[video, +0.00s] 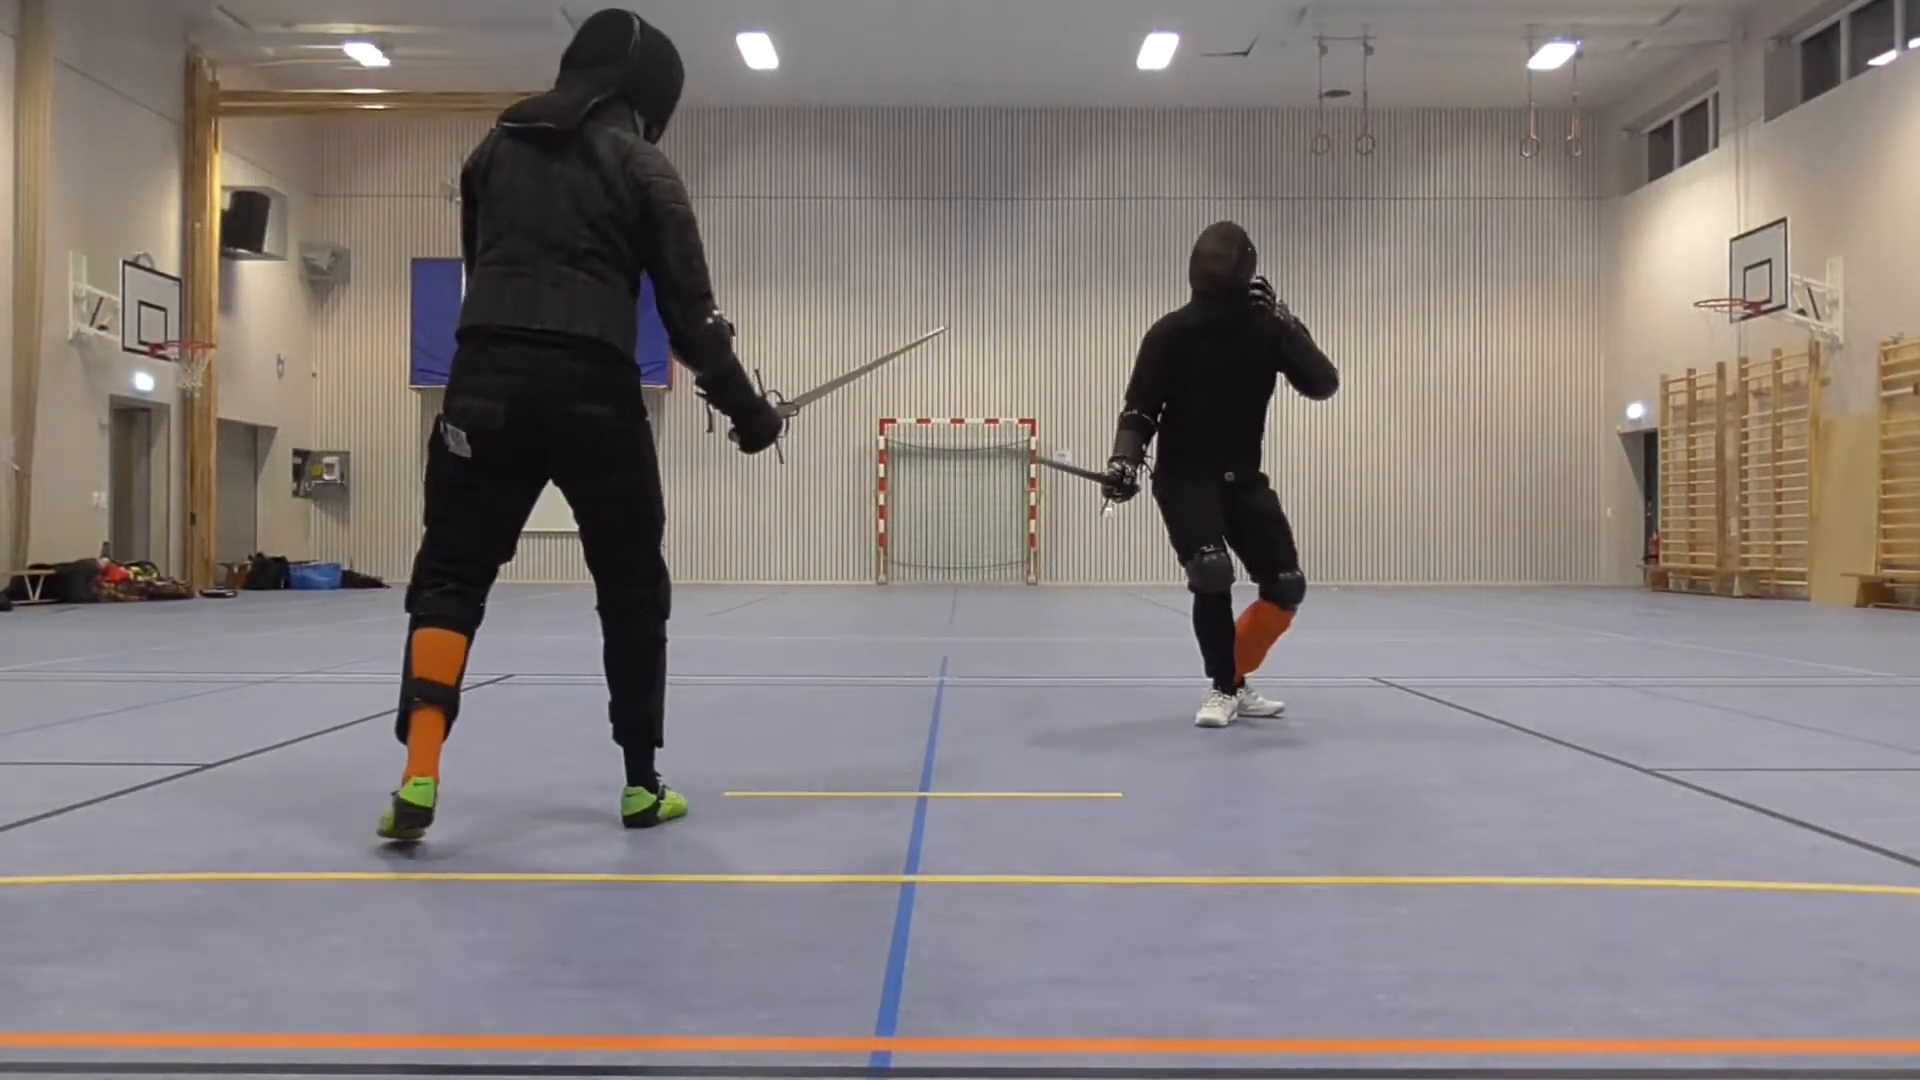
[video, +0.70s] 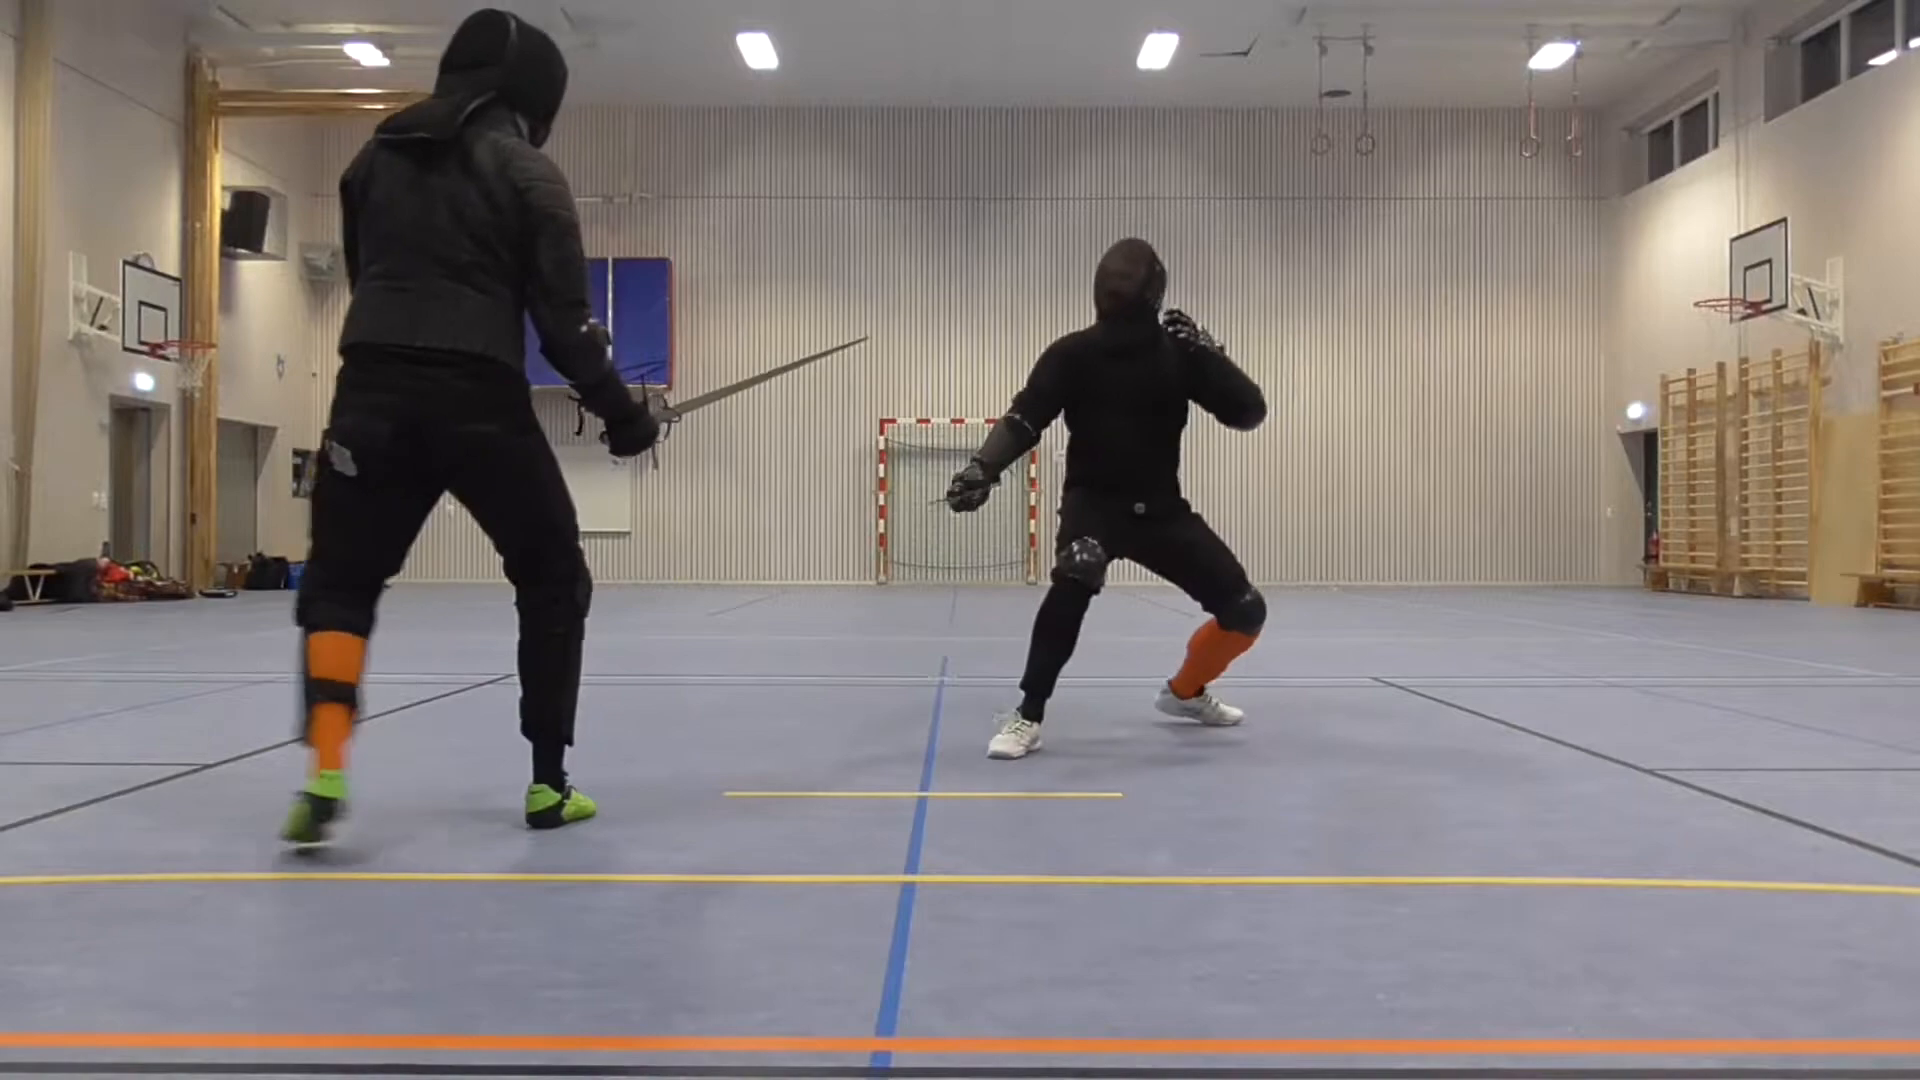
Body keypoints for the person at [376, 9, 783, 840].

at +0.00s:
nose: (664, 118)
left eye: (665, 104)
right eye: (664, 103)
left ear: (576, 76)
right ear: (643, 92)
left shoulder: (494, 151)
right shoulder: (640, 164)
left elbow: (483, 267)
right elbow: (689, 313)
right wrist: (745, 404)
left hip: (486, 391)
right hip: (596, 398)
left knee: (451, 573)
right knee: (632, 584)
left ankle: (418, 775)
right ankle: (642, 785)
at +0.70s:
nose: (550, 115)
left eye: (550, 100)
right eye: (548, 100)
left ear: (456, 77)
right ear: (527, 92)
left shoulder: (373, 160)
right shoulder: (528, 173)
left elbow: (366, 277)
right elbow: (564, 326)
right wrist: (624, 414)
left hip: (373, 401)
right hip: (484, 407)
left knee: (342, 577)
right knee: (552, 578)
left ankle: (324, 776)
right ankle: (548, 783)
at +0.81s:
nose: (522, 123)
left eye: (523, 109)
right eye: (520, 108)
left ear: (427, 82)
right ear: (499, 99)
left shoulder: (345, 169)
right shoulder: (500, 183)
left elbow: (339, 279)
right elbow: (537, 332)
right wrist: (598, 419)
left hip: (345, 412)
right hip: (452, 419)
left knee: (300, 592)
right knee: (539, 583)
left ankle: (215, 778)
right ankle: (545, 785)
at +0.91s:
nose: (492, 122)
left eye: (493, 108)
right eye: (490, 107)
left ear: (395, 84)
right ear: (465, 98)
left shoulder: (308, 172)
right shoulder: (460, 184)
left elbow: (308, 288)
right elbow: (493, 338)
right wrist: (555, 422)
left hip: (301, 419)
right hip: (411, 427)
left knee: (256, 604)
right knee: (511, 586)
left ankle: (187, 812)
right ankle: (542, 785)